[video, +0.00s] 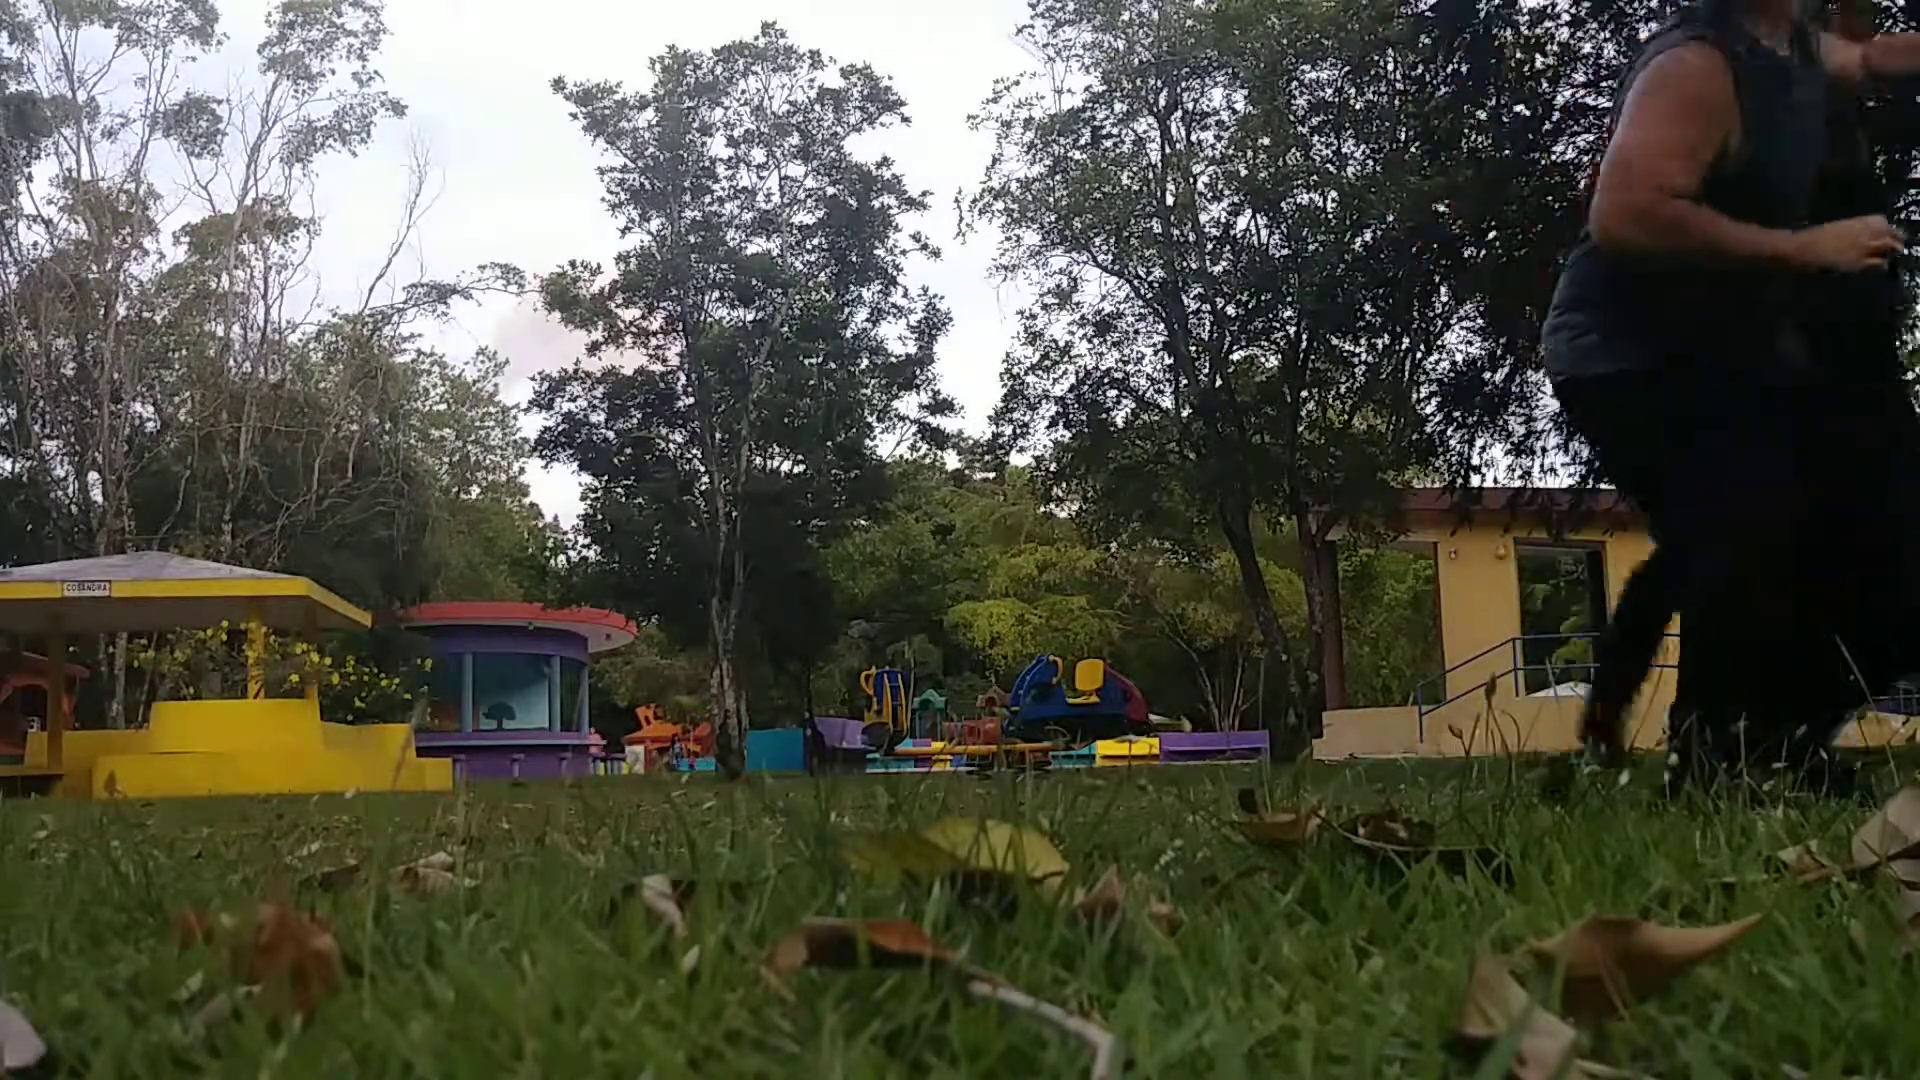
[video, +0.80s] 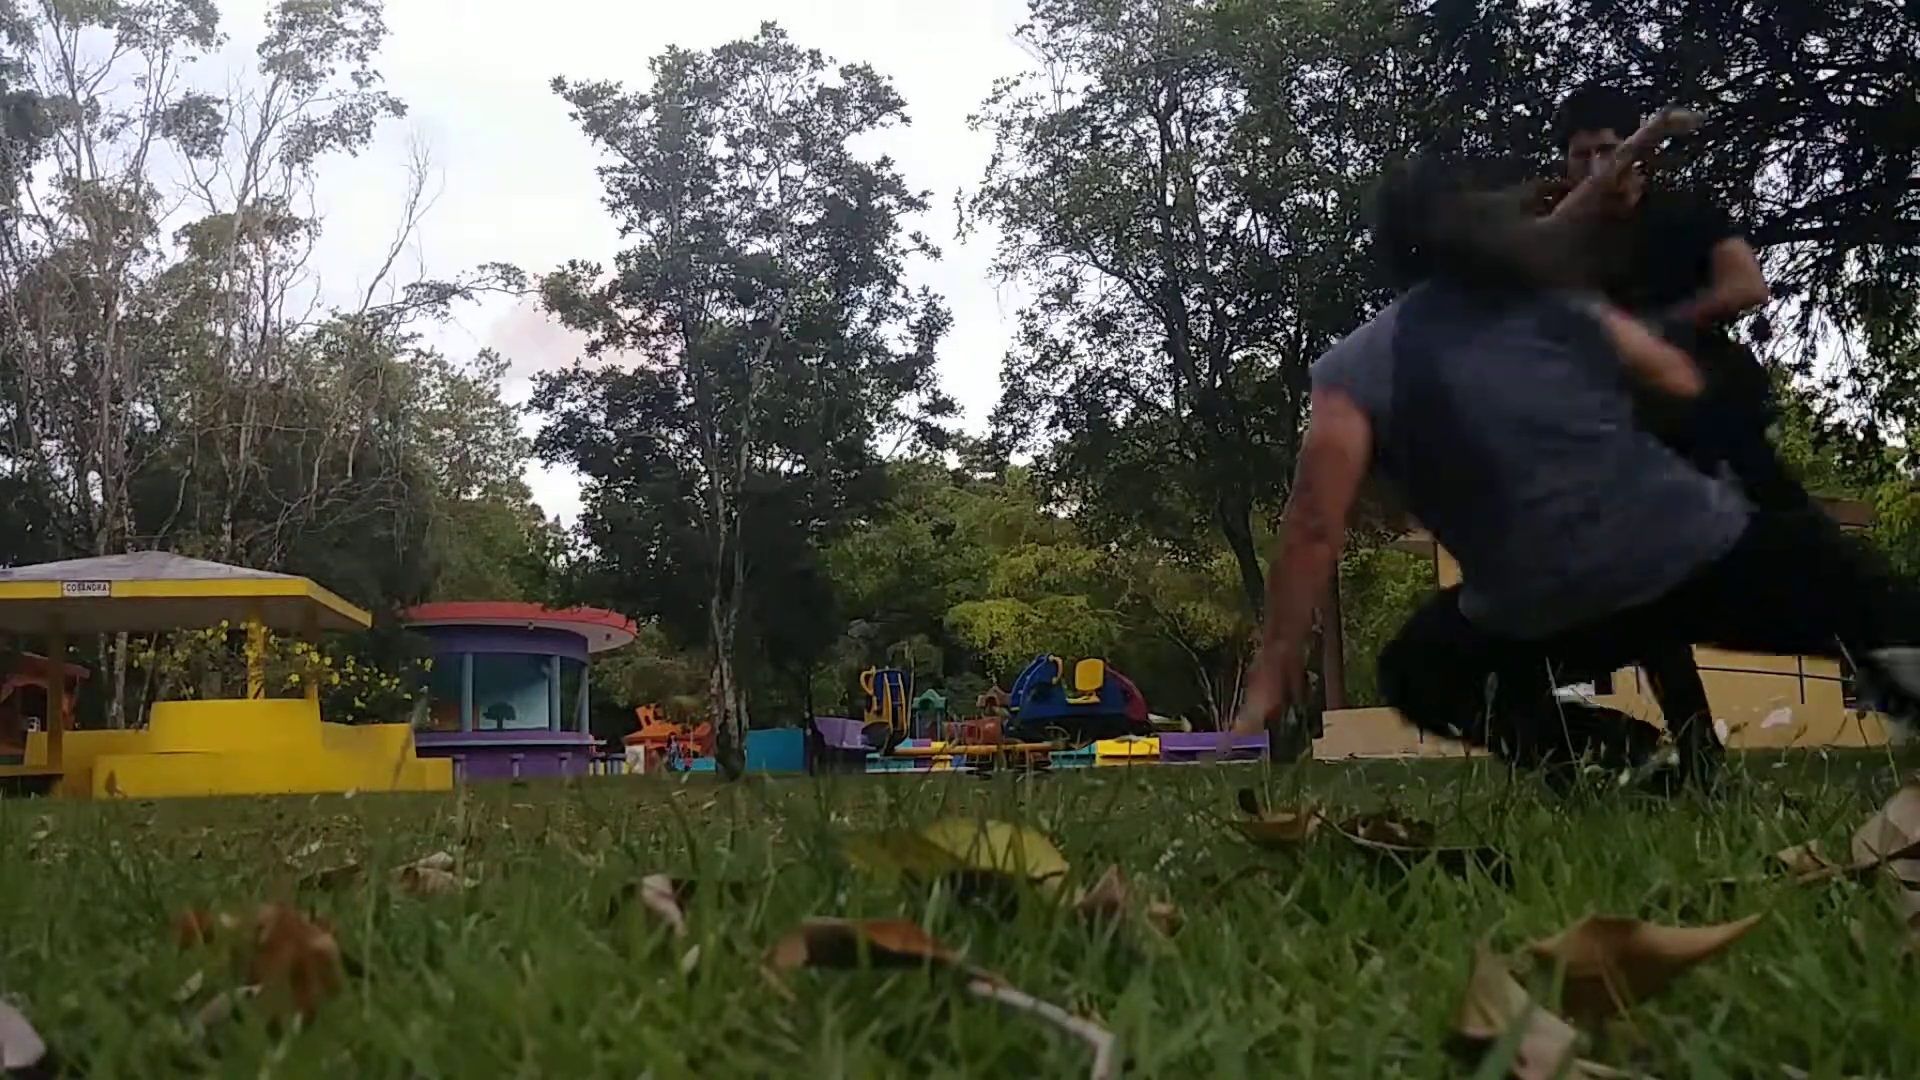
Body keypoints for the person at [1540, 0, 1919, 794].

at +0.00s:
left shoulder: (1798, 50)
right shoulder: (1695, 63)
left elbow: (1871, 59)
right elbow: (1625, 211)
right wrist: (1797, 243)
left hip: (1719, 343)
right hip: (1626, 351)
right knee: (1724, 530)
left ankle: (1783, 745)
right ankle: (1711, 759)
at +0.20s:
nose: (1908, 29)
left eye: (1901, 12)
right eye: (1891, 11)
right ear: (1832, 26)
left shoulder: (1805, 122)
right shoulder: (1722, 100)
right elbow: (1614, 245)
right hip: (1570, 345)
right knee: (1758, 522)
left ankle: (1767, 753)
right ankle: (1752, 756)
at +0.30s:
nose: (1870, 88)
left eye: (1872, 67)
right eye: (1862, 68)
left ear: (1784, 48)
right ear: (1814, 62)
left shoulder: (1793, 124)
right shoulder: (1718, 136)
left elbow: (1891, 55)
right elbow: (1626, 284)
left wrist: (1898, 51)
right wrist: (1761, 439)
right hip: (1546, 373)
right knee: (1759, 521)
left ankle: (1679, 748)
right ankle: (1768, 754)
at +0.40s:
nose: (1852, 93)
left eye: (1856, 77)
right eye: (1845, 75)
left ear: (1759, 63)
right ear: (1799, 72)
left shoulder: (1751, 142)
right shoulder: (1706, 150)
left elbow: (1843, 138)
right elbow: (1627, 306)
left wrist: (1888, 121)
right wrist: (1768, 456)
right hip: (1526, 399)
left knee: (1666, 540)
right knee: (1767, 518)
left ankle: (1559, 735)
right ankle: (1782, 755)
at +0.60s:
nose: (1750, 143)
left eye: (1747, 126)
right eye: (1738, 124)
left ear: (1627, 128)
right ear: (1710, 127)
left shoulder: (1566, 218)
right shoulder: (1685, 200)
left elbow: (1480, 312)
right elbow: (1739, 362)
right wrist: (1885, 442)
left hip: (1456, 521)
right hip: (1565, 493)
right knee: (1836, 509)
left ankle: (1560, 767)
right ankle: (1789, 761)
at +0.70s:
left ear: (1496, 184)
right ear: (1593, 170)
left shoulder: (1444, 293)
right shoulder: (1657, 256)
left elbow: (1363, 440)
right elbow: (1774, 370)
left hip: (1502, 580)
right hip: (1651, 550)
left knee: (1488, 628)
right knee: (1881, 555)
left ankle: (1574, 745)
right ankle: (1796, 746)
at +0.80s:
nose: (1512, 208)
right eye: (1498, 197)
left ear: (1389, 246)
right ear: (1488, 218)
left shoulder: (1358, 359)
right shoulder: (1560, 300)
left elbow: (1315, 531)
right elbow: (1682, 382)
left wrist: (1265, 688)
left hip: (1544, 610)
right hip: (1691, 557)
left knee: (1416, 673)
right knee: (1872, 608)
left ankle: (1622, 755)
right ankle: (1899, 677)